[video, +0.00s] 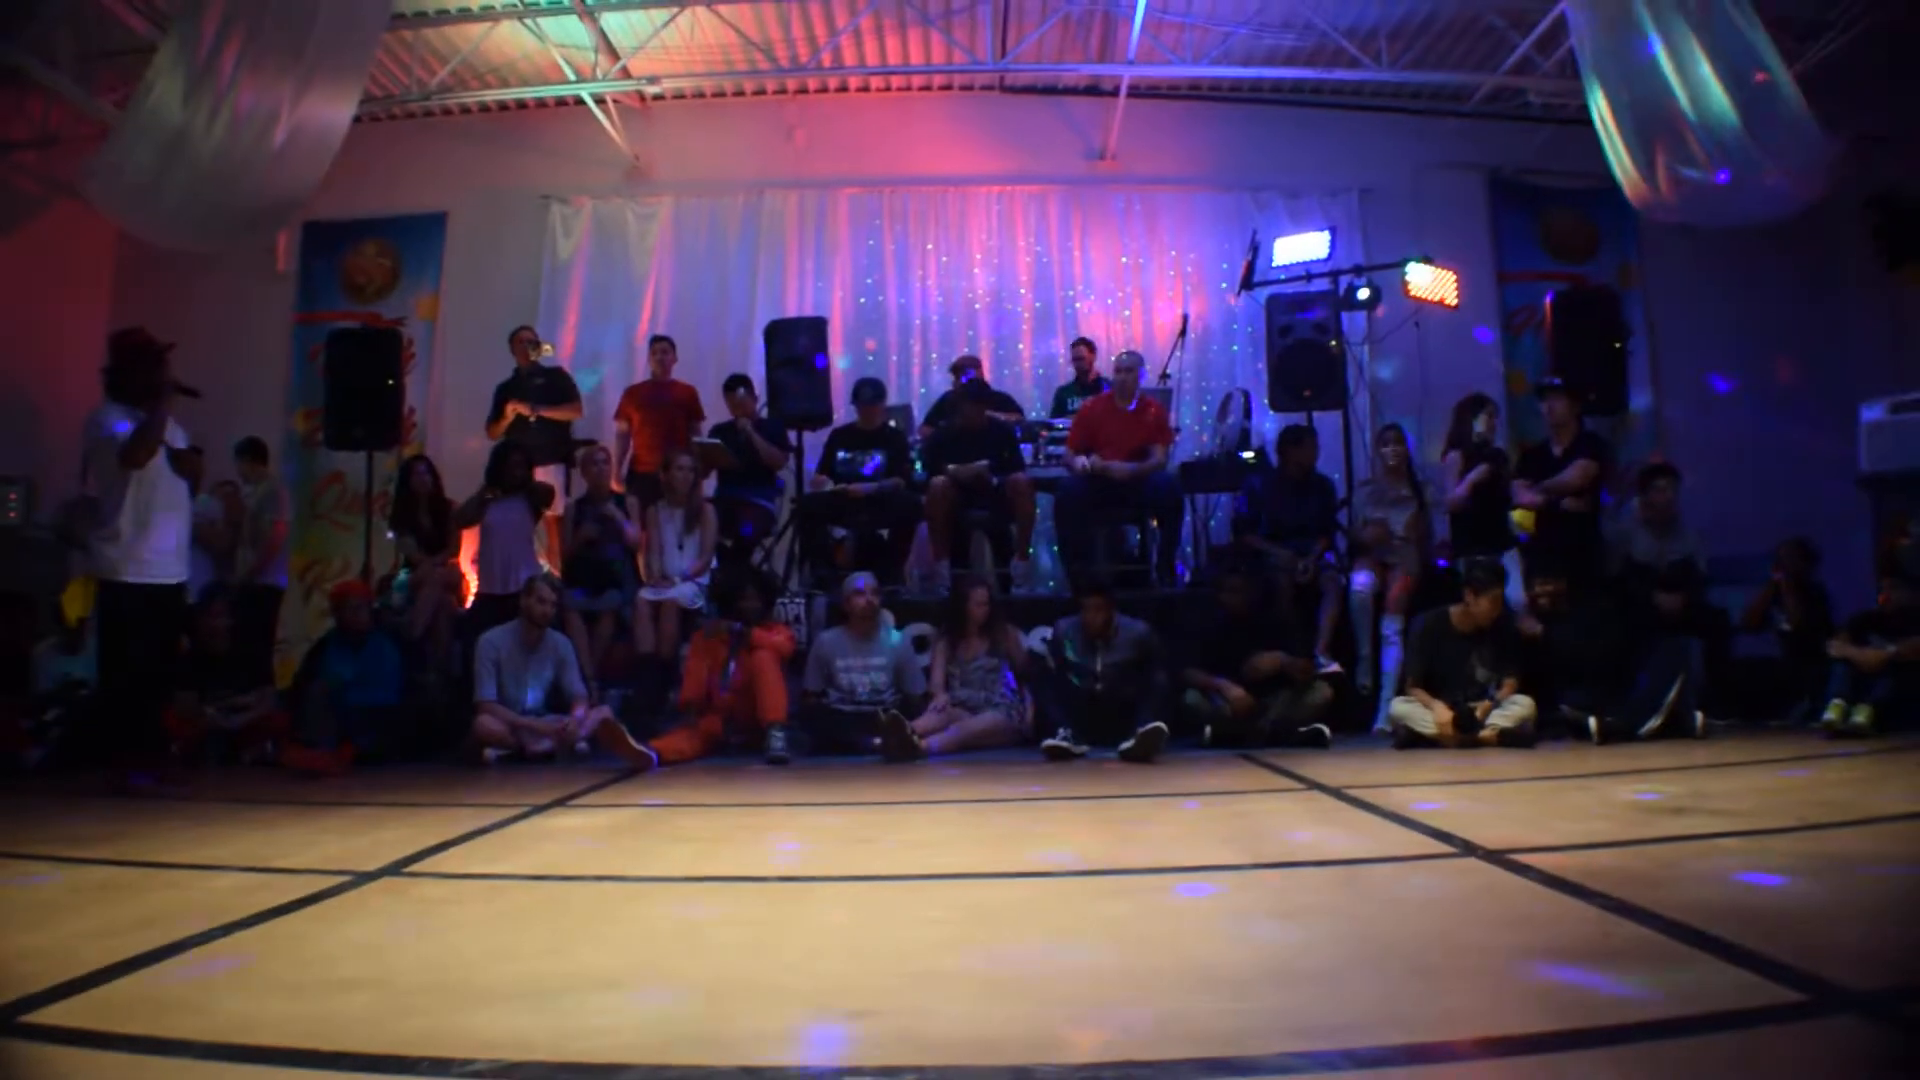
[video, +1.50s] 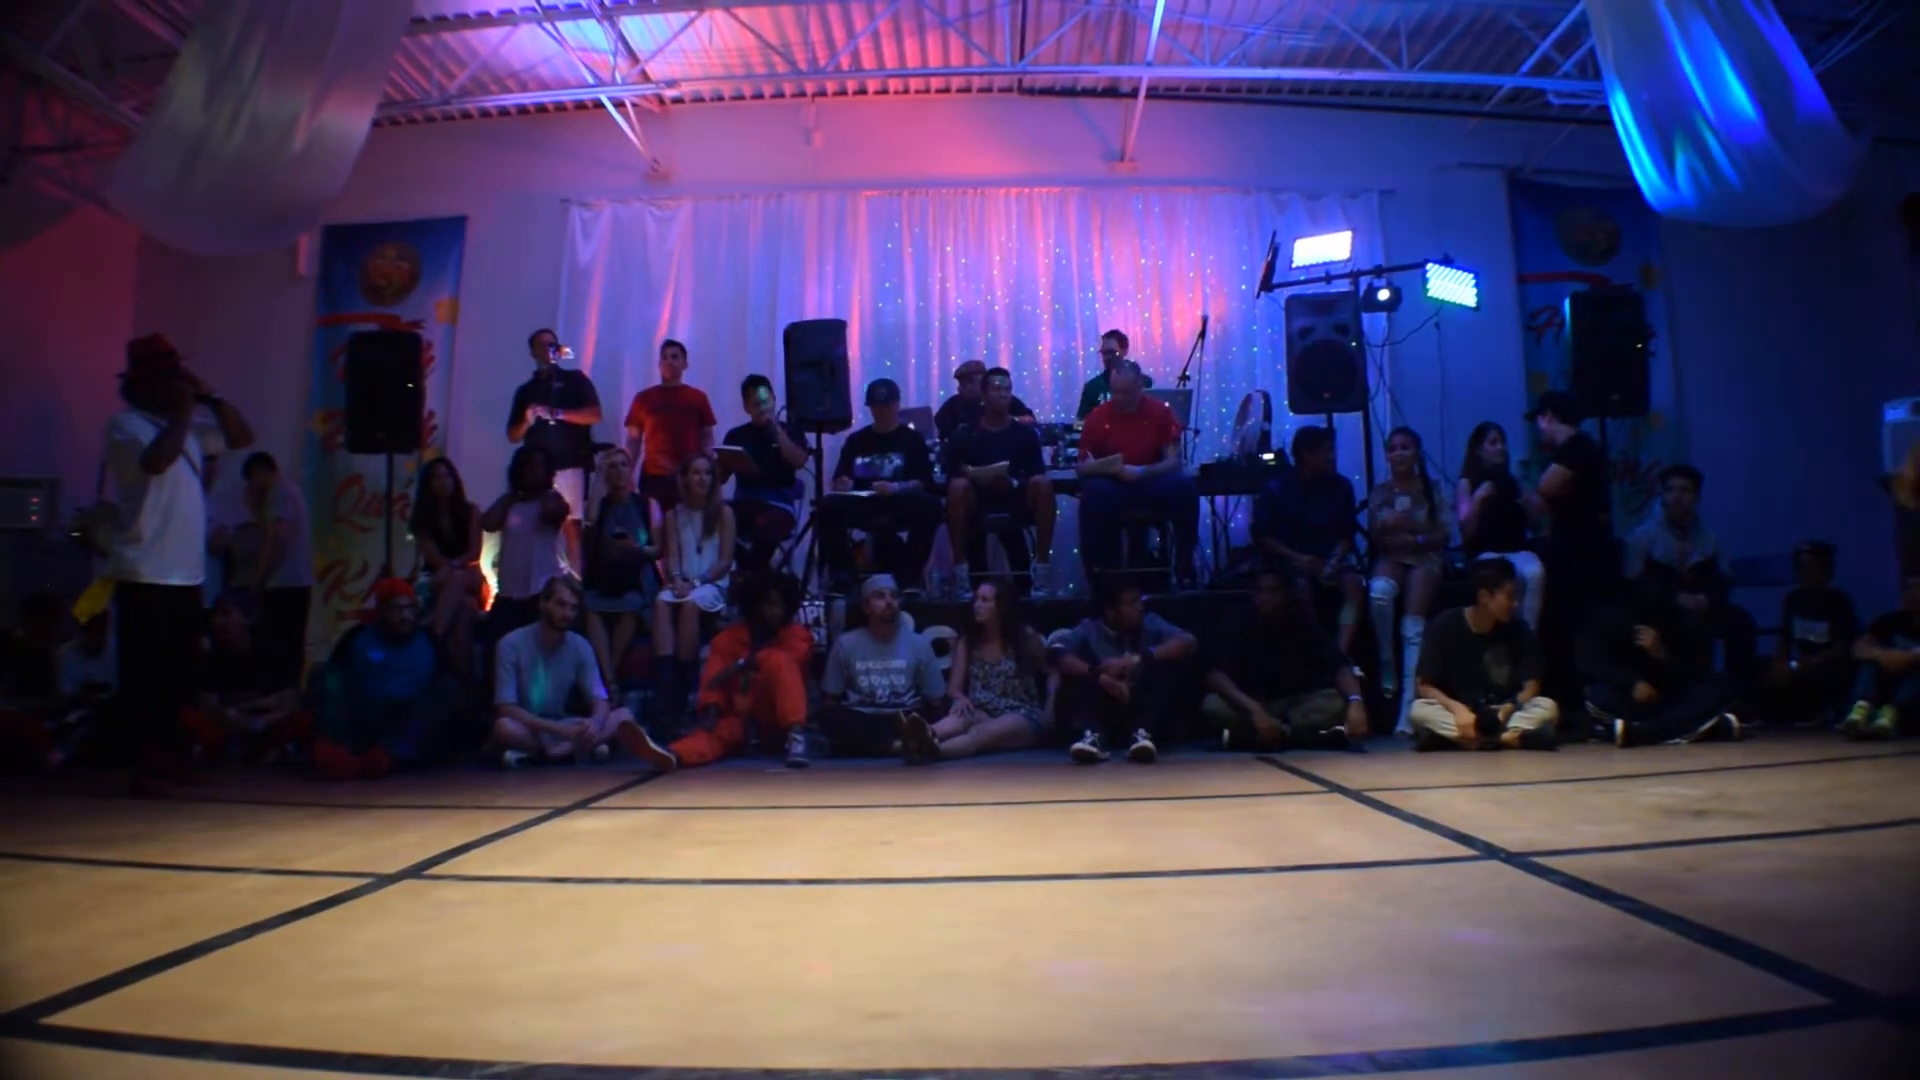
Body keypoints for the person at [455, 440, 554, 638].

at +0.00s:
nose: (515, 472)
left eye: (520, 465)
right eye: (509, 465)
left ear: (527, 468)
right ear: (497, 467)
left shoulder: (530, 500)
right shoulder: (487, 503)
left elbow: (548, 492)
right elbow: (460, 519)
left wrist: (524, 483)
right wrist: (483, 494)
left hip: (523, 590)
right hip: (490, 591)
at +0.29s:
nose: (542, 474)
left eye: (547, 467)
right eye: (536, 467)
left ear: (555, 471)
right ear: (524, 469)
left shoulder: (556, 503)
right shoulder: (515, 503)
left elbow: (574, 493)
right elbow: (489, 526)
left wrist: (551, 484)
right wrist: (511, 496)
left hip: (550, 594)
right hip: (517, 594)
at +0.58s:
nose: (539, 471)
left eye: (544, 465)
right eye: (533, 464)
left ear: (555, 468)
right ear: (524, 468)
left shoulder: (560, 497)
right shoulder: (518, 499)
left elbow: (573, 502)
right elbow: (493, 527)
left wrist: (557, 487)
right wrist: (514, 495)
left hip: (551, 585)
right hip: (518, 586)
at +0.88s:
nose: (535, 471)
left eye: (541, 465)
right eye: (530, 465)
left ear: (552, 470)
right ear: (521, 469)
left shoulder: (556, 502)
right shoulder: (516, 504)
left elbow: (565, 512)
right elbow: (490, 529)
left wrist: (556, 493)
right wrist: (515, 498)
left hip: (549, 591)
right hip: (516, 591)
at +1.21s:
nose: (530, 473)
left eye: (536, 467)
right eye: (526, 467)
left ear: (547, 471)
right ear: (518, 471)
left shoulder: (553, 500)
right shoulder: (513, 505)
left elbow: (557, 511)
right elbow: (488, 517)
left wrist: (555, 491)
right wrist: (514, 493)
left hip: (545, 593)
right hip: (511, 593)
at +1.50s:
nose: (534, 472)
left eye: (540, 466)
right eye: (529, 466)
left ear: (549, 471)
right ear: (518, 470)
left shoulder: (552, 499)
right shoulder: (509, 502)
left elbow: (556, 514)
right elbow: (488, 524)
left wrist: (547, 495)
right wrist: (510, 498)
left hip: (543, 593)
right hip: (509, 593)